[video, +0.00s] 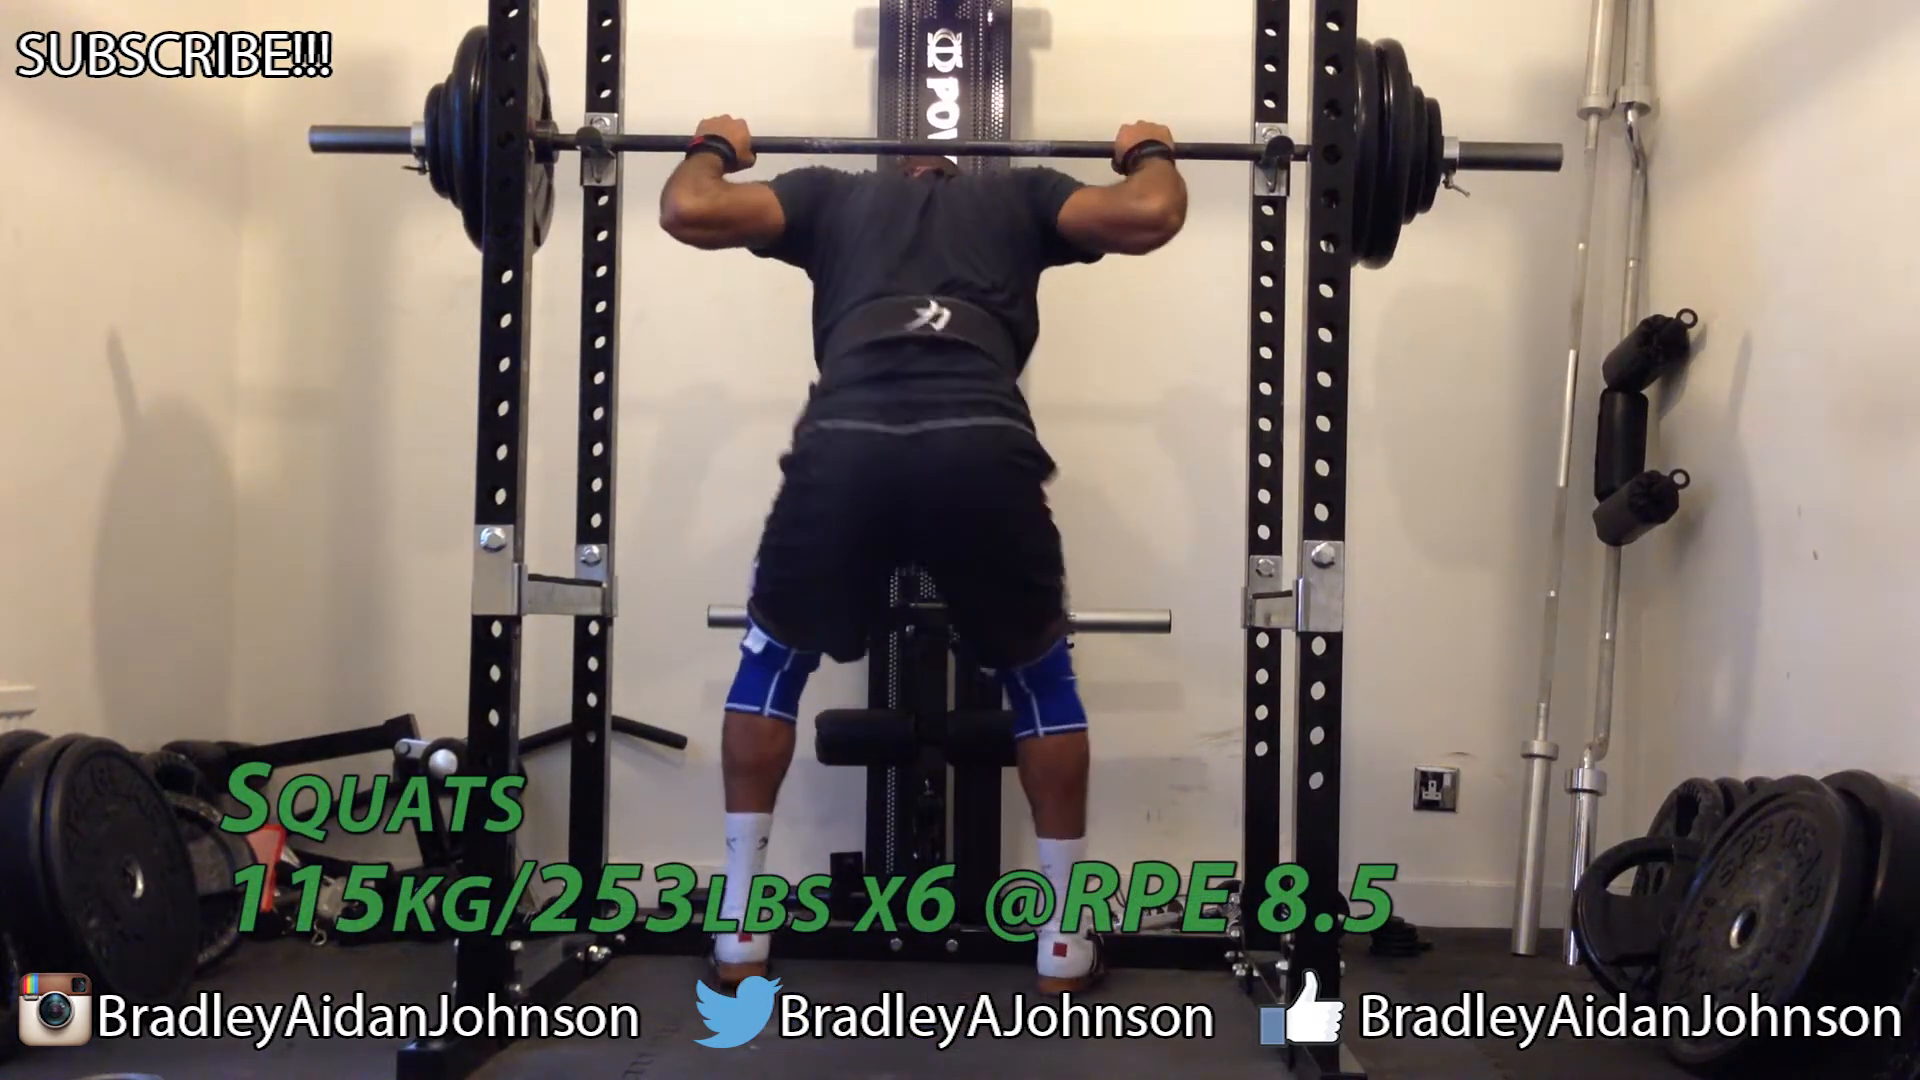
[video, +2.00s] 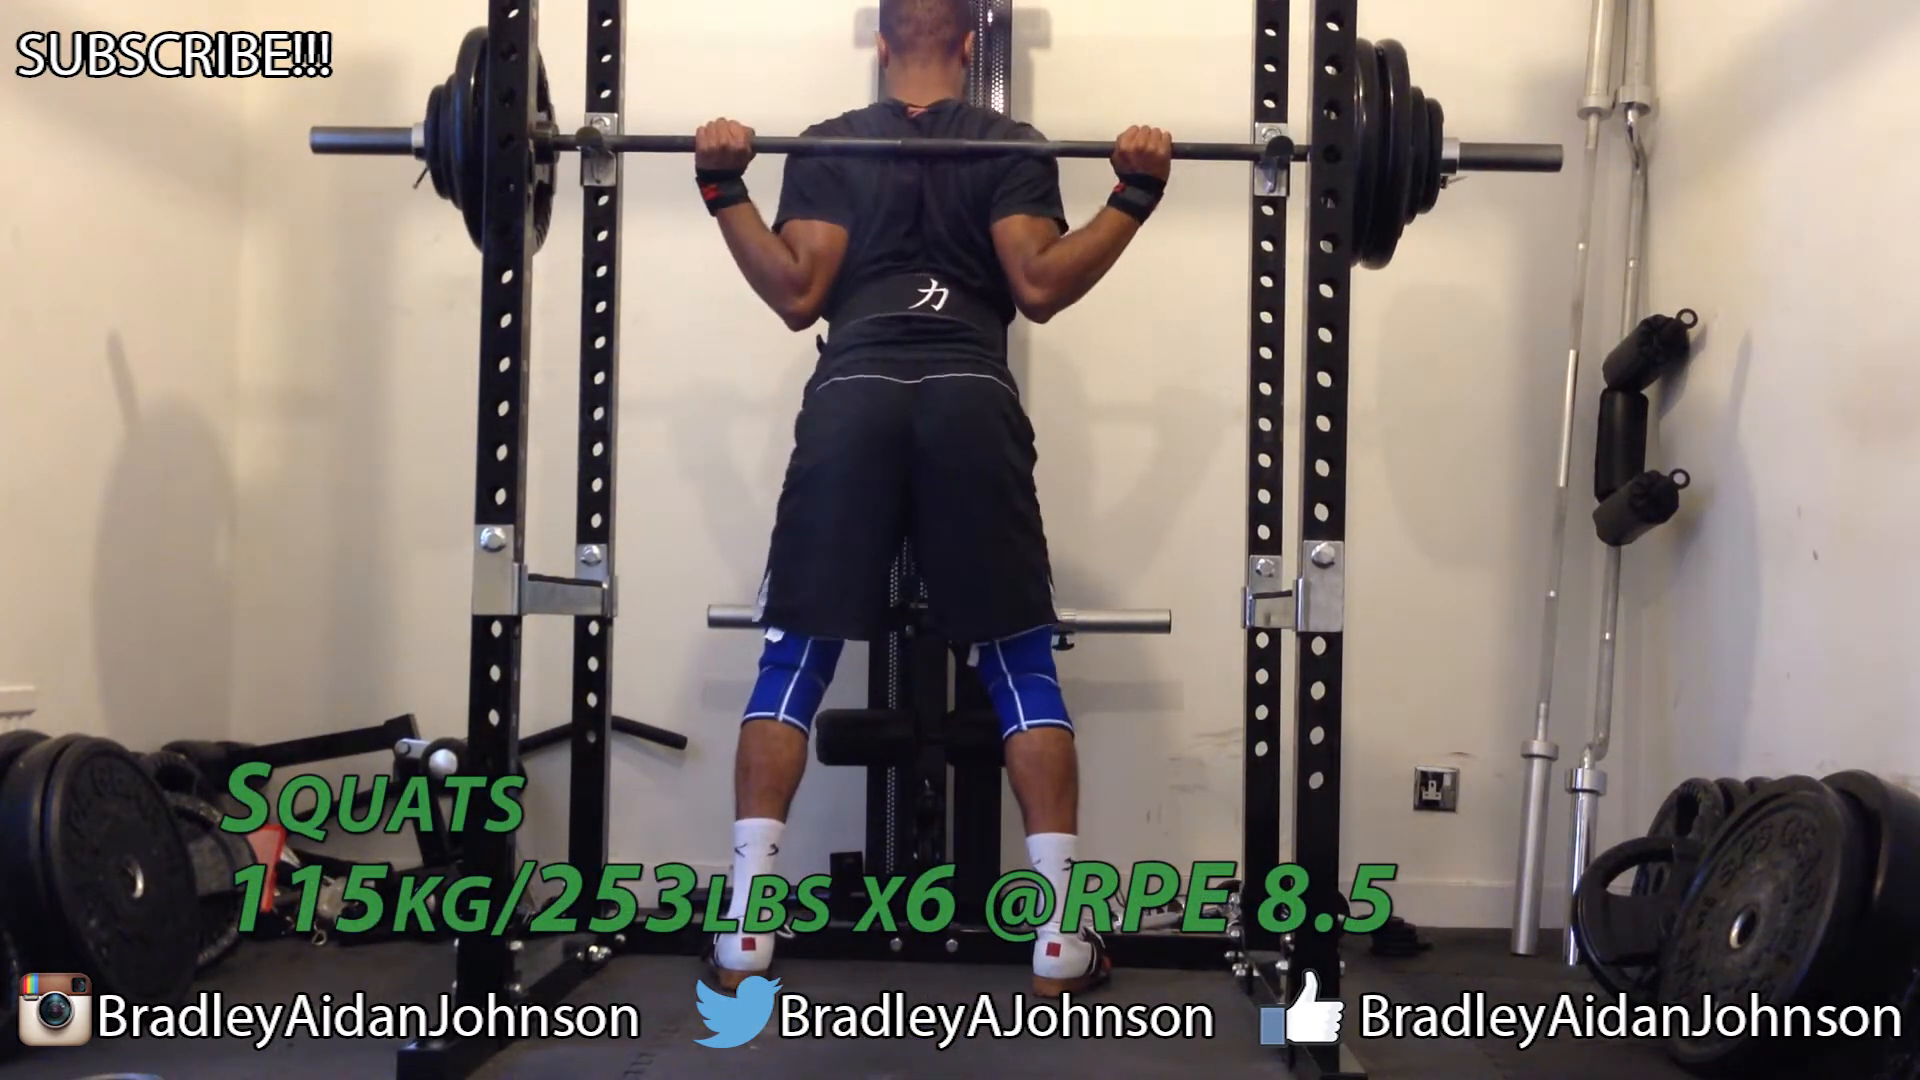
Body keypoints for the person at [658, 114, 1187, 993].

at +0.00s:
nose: (919, 151)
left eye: (904, 149)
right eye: (937, 148)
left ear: (887, 165)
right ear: (971, 166)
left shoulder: (832, 194)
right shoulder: (1020, 191)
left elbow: (686, 211)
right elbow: (1153, 216)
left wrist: (714, 148)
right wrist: (1151, 151)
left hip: (843, 455)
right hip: (982, 454)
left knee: (772, 661)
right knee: (1041, 677)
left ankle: (739, 917)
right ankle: (1064, 932)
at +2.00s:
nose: (884, 20)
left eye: (890, 11)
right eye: (908, 11)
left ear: (882, 37)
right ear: (969, 37)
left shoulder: (825, 143)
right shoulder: (1010, 144)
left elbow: (796, 293)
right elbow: (1040, 286)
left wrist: (724, 189)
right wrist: (1133, 195)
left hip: (849, 401)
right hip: (971, 404)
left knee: (795, 658)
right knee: (1022, 663)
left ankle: (749, 912)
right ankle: (1058, 922)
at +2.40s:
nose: (895, 44)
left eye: (890, 36)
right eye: (953, 38)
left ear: (877, 63)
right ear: (970, 62)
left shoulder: (832, 162)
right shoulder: (1005, 160)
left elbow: (792, 281)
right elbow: (1041, 272)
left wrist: (723, 186)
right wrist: (1134, 192)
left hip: (843, 404)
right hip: (968, 407)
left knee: (783, 661)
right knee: (1028, 669)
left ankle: (747, 914)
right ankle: (1059, 926)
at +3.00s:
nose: (943, 130)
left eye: (922, 124)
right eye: (955, 124)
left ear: (882, 134)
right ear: (970, 135)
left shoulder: (838, 165)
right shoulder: (1001, 169)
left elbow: (767, 214)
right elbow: (1063, 208)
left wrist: (720, 157)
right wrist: (1137, 163)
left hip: (852, 414)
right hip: (980, 413)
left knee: (775, 657)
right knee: (1037, 666)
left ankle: (744, 920)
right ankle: (1062, 926)